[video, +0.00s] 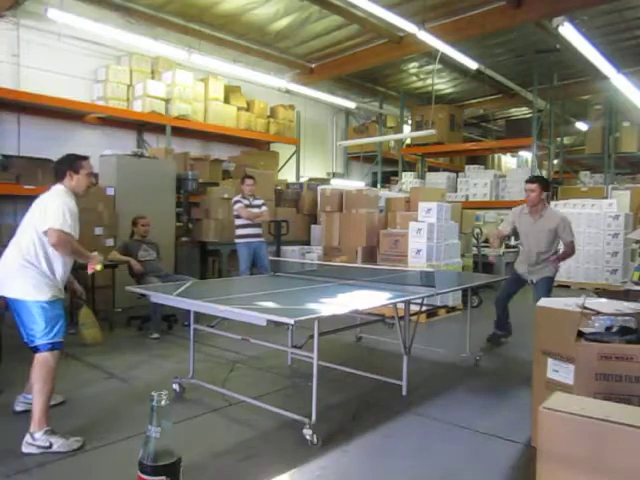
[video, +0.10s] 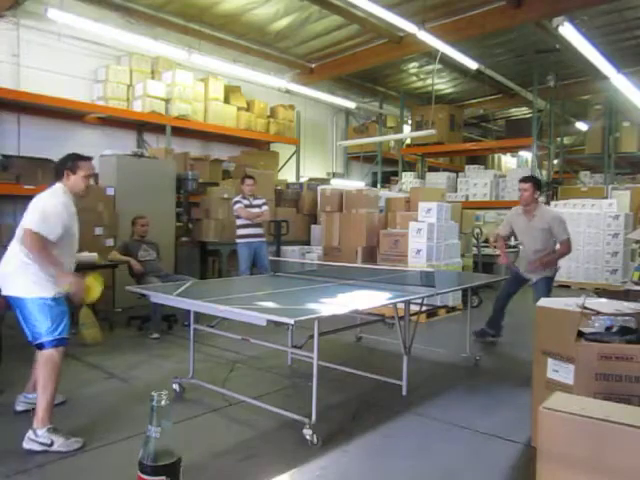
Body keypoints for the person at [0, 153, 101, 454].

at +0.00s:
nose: (93, 181)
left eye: (93, 175)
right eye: (89, 175)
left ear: (69, 176)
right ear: (71, 175)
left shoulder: (53, 198)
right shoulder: (62, 199)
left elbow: (47, 250)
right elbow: (57, 238)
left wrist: (69, 281)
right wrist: (89, 257)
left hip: (22, 280)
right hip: (32, 282)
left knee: (45, 343)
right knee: (50, 347)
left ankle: (31, 394)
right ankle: (38, 431)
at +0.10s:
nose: (91, 183)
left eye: (92, 178)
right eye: (87, 177)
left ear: (71, 176)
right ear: (68, 175)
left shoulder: (63, 201)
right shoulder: (54, 201)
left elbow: (53, 250)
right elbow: (31, 239)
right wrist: (63, 275)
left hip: (36, 282)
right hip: (32, 283)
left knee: (49, 342)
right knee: (54, 347)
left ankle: (31, 394)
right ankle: (41, 429)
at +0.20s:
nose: (83, 181)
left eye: (85, 175)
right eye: (78, 175)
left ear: (79, 176)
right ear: (59, 174)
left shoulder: (76, 205)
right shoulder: (36, 203)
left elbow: (65, 246)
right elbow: (4, 236)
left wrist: (61, 279)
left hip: (58, 287)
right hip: (35, 289)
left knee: (61, 340)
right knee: (57, 347)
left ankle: (31, 393)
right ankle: (42, 429)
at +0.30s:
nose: (68, 181)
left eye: (71, 175)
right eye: (62, 175)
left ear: (73, 176)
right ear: (43, 175)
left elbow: (73, 248)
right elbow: (1, 246)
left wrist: (66, 280)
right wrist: (2, 286)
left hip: (62, 285)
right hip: (32, 286)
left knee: (70, 335)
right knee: (55, 344)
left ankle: (33, 389)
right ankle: (41, 431)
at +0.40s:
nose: (60, 180)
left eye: (63, 174)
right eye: (54, 174)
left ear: (64, 173)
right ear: (35, 172)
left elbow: (83, 244)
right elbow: (32, 256)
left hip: (60, 283)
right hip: (30, 286)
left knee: (68, 334)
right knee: (49, 345)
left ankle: (33, 390)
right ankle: (40, 430)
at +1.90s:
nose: (88, 146)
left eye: (85, 140)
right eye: (83, 141)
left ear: (62, 147)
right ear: (71, 145)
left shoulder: (59, 176)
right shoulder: (66, 179)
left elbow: (72, 233)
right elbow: (76, 233)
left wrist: (91, 272)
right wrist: (98, 274)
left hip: (63, 288)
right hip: (48, 288)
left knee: (70, 354)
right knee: (42, 359)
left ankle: (69, 420)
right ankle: (21, 431)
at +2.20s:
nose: (101, 142)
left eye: (98, 137)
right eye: (96, 137)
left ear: (76, 145)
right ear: (84, 143)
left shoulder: (78, 173)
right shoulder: (75, 173)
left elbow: (88, 230)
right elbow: (76, 223)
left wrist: (116, 255)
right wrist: (94, 270)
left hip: (75, 282)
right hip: (71, 283)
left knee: (79, 353)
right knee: (81, 354)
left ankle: (65, 418)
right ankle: (53, 433)